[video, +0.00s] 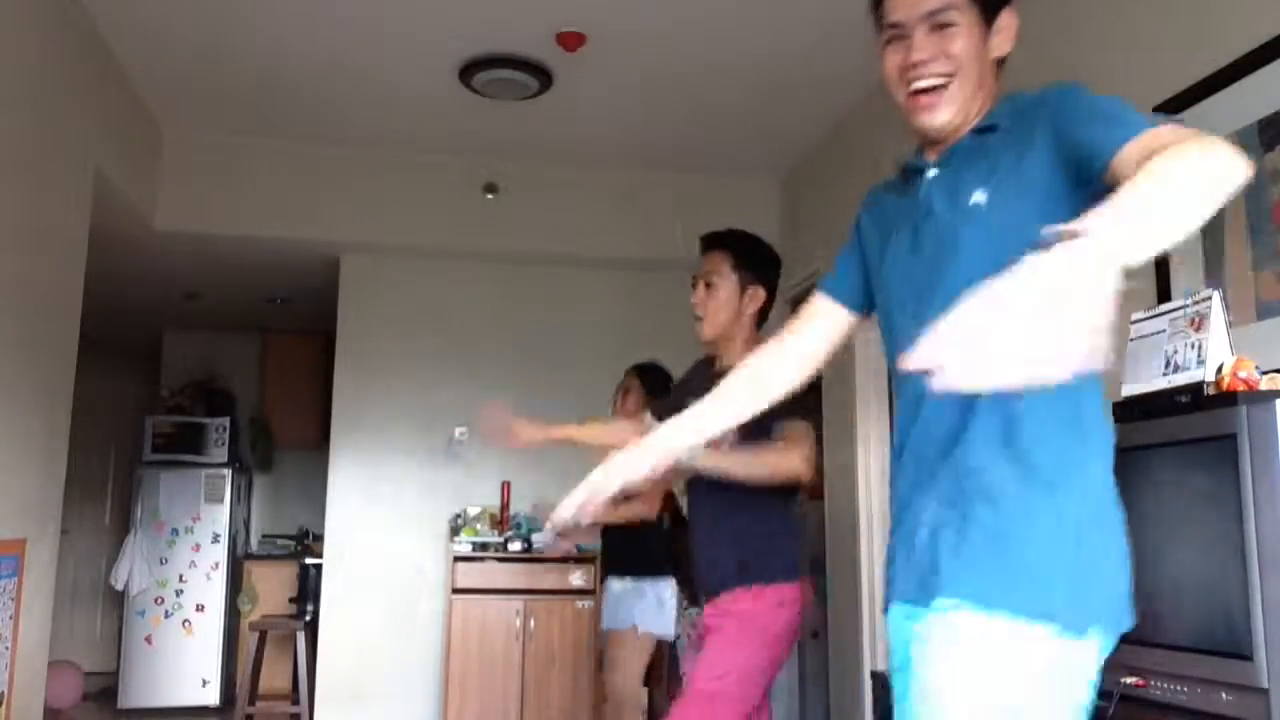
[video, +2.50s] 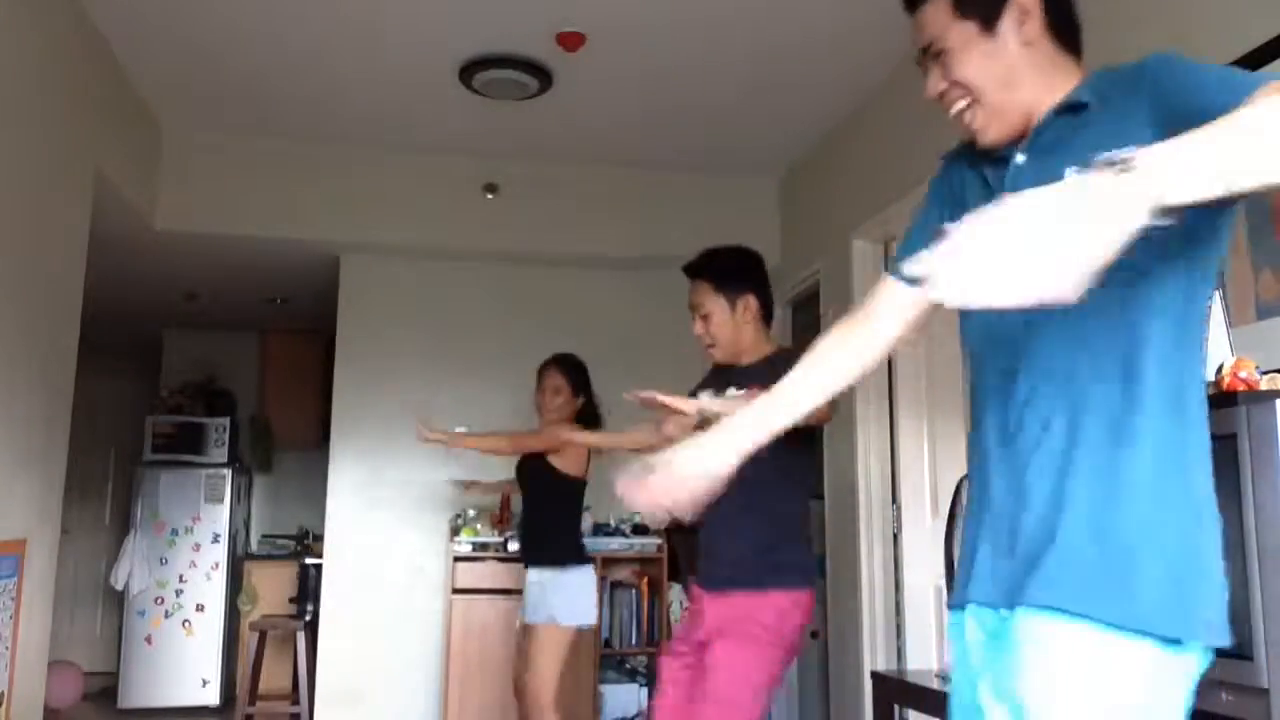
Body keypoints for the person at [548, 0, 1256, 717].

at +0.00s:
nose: (916, 55)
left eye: (942, 26)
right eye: (895, 36)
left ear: (1000, 33)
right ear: (880, 59)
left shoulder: (1055, 119)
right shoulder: (887, 209)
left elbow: (1209, 162)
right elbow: (797, 348)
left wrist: (1078, 261)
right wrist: (653, 451)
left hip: (1031, 568)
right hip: (924, 568)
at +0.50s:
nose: (923, 77)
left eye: (943, 45)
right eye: (913, 61)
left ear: (1026, 31)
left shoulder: (1109, 132)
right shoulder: (946, 231)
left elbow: (1238, 164)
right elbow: (895, 361)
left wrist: (1266, 188)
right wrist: (864, 361)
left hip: (1093, 596)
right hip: (948, 596)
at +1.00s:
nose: (934, 81)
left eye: (950, 46)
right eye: (930, 63)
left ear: (1040, 26)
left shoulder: (1160, 143)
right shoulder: (943, 233)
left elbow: (1273, 199)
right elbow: (837, 382)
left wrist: (1065, 242)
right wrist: (735, 523)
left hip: (1141, 637)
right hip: (969, 633)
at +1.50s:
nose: (908, 102)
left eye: (925, 71)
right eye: (906, 84)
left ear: (1007, 53)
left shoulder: (1087, 147)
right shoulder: (951, 261)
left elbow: (1197, 183)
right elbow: (885, 410)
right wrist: (840, 376)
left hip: (1074, 622)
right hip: (969, 618)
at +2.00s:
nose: (933, 82)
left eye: (939, 52)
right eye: (931, 61)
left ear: (1003, 26)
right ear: (992, 36)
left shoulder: (1152, 108)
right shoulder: (957, 206)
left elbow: (1277, 142)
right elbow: (864, 352)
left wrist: (1143, 233)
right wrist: (705, 470)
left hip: (1149, 622)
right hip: (986, 617)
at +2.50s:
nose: (932, 86)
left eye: (941, 54)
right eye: (927, 66)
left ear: (1022, 22)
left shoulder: (1150, 90)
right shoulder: (965, 179)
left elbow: (1277, 115)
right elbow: (877, 323)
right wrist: (725, 442)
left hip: (1121, 573)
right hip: (994, 572)